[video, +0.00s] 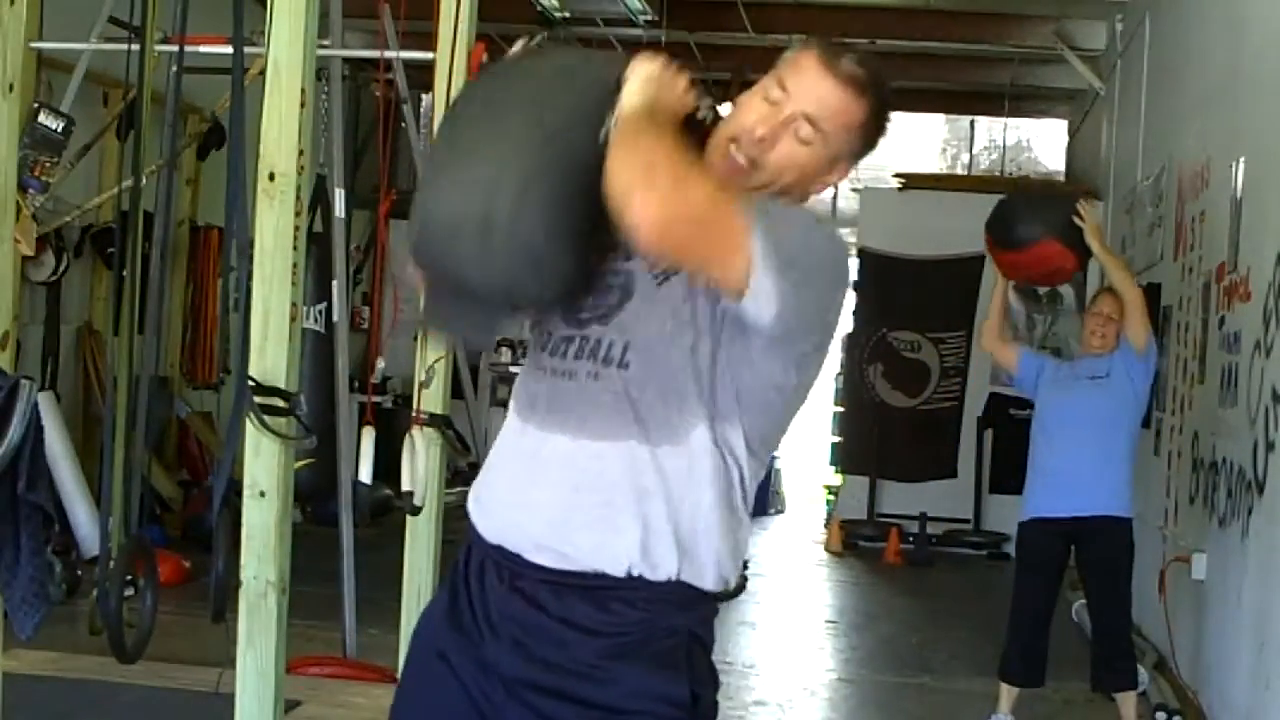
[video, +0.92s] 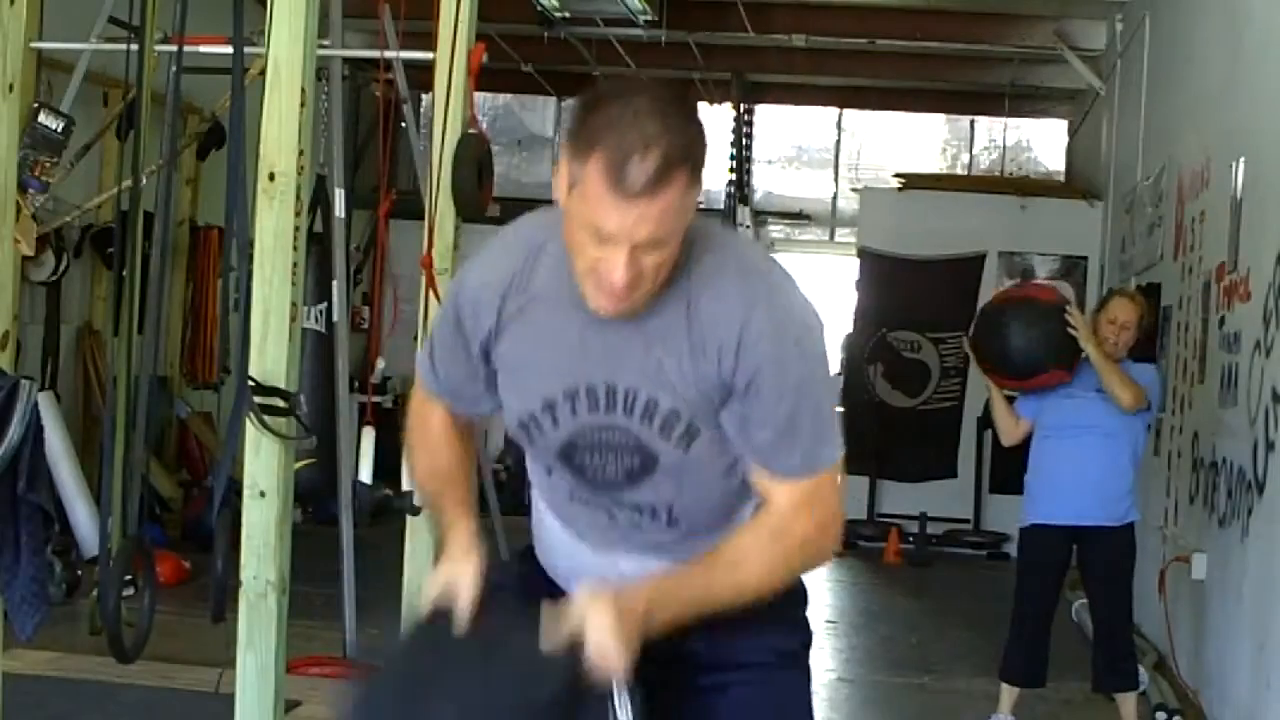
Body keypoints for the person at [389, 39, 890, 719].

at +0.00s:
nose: (762, 128)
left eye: (804, 132)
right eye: (773, 95)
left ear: (829, 178)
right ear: (752, 83)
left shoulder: (808, 258)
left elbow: (656, 210)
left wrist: (648, 107)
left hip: (630, 637)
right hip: (481, 597)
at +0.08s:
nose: (754, 137)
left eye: (795, 135)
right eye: (761, 100)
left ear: (822, 174)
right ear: (733, 90)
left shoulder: (802, 260)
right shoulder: (619, 200)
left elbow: (644, 270)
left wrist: (627, 147)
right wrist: (503, 125)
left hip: (628, 639)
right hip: (476, 601)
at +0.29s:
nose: (724, 132)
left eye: (761, 121)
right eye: (720, 93)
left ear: (787, 140)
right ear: (685, 72)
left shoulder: (788, 237)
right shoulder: (592, 189)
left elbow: (648, 355)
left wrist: (587, 201)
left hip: (648, 632)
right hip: (491, 597)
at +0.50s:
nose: (688, 137)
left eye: (724, 116)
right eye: (677, 94)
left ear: (758, 109)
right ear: (645, 59)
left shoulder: (775, 221)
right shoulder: (550, 158)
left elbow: (723, 425)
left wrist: (577, 292)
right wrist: (428, 258)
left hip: (684, 621)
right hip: (512, 602)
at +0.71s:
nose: (653, 188)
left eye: (686, 163)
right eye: (636, 149)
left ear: (725, 137)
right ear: (600, 102)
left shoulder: (767, 249)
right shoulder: (523, 224)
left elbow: (809, 474)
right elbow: (432, 336)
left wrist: (622, 462)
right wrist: (432, 429)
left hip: (710, 617)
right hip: (546, 602)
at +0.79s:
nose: (638, 227)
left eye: (669, 202)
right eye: (620, 190)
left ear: (707, 171)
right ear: (582, 140)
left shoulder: (764, 272)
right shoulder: (510, 249)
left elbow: (827, 491)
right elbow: (424, 364)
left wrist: (651, 537)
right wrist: (456, 502)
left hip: (719, 615)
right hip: (548, 607)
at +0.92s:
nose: (620, 273)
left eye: (653, 246)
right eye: (599, 239)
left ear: (693, 203)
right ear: (563, 184)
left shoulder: (759, 311)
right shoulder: (500, 279)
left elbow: (811, 522)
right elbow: (438, 403)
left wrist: (649, 605)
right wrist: (459, 534)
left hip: (726, 600)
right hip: (555, 587)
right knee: (418, 699)